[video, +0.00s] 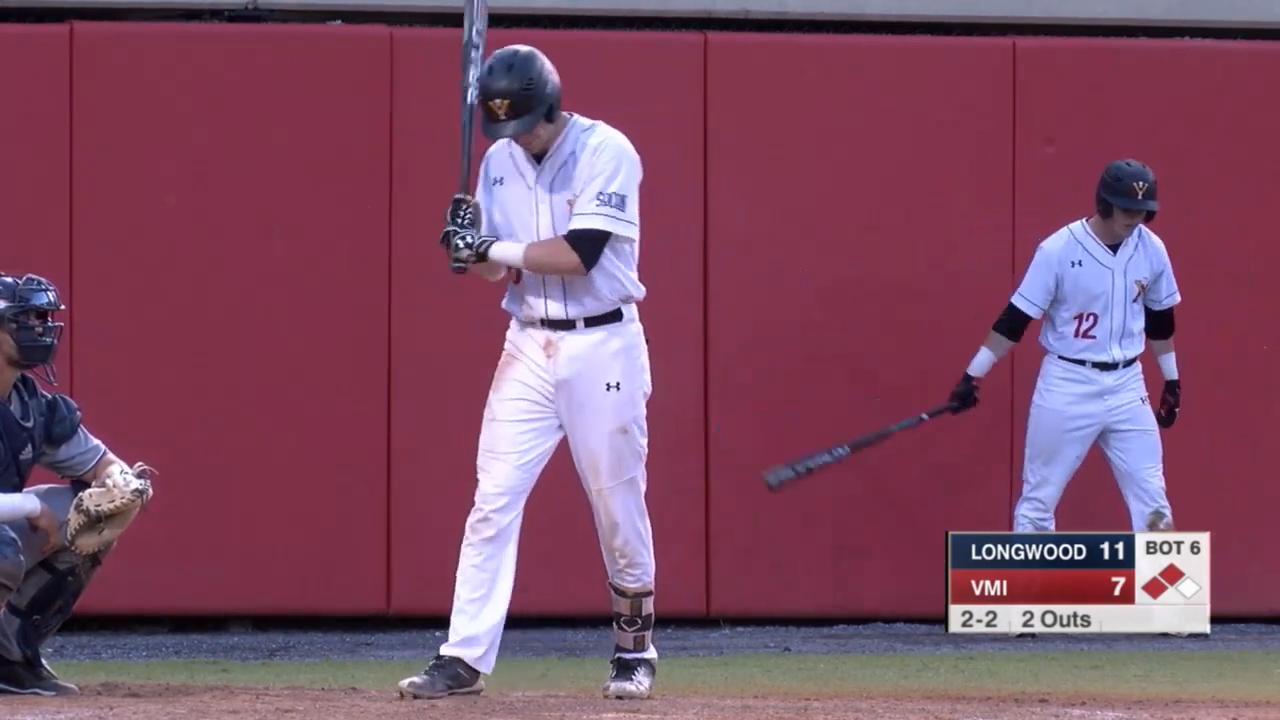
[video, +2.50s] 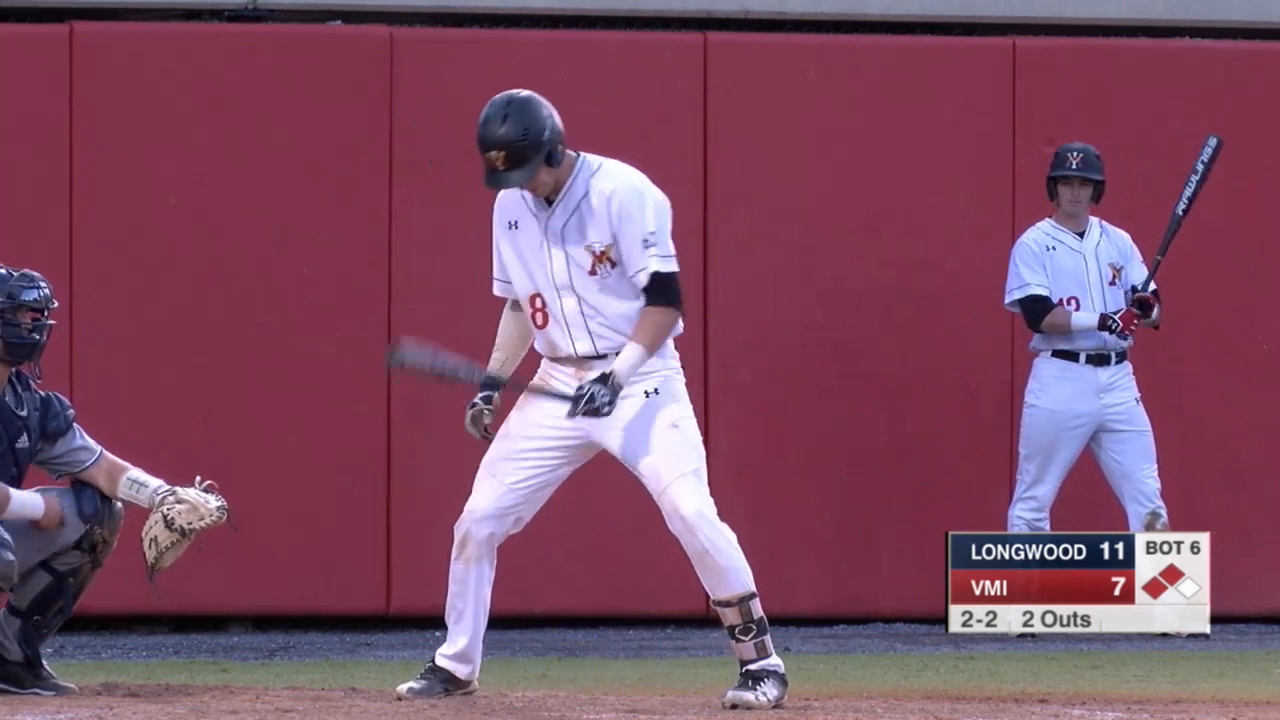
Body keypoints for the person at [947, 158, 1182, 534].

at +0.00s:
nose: (1136, 220)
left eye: (1143, 213)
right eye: (1129, 211)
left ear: (1149, 209)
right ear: (1105, 204)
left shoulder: (1151, 249)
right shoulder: (1058, 250)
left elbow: (1161, 321)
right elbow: (1016, 319)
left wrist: (1171, 381)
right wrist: (972, 375)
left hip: (1128, 388)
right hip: (1066, 386)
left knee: (1153, 503)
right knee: (1038, 503)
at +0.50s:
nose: (1122, 195)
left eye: (1127, 186)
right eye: (1114, 185)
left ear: (1131, 190)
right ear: (1088, 186)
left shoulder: (1133, 244)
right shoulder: (1049, 249)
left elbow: (1148, 314)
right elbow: (1036, 332)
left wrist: (1156, 353)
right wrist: (1097, 358)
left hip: (1123, 391)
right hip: (1063, 391)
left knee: (1152, 510)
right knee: (1034, 507)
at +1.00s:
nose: (1102, 199)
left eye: (1108, 191)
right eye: (1094, 190)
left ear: (1113, 193)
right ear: (1069, 188)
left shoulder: (1118, 245)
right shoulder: (1038, 248)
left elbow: (1140, 314)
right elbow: (1035, 330)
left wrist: (1152, 322)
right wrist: (1086, 334)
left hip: (1119, 385)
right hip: (1061, 386)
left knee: (1150, 505)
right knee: (1034, 505)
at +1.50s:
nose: (1097, 191)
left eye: (1103, 183)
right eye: (1088, 182)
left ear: (1108, 188)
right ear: (1064, 185)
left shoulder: (1119, 244)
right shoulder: (1037, 248)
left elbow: (1138, 308)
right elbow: (1045, 328)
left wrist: (1143, 316)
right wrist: (1110, 330)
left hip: (1120, 384)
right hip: (1062, 384)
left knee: (1150, 505)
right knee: (1034, 505)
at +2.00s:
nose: (1080, 191)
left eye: (1089, 183)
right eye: (1072, 182)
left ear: (1100, 189)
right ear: (1057, 186)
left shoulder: (1118, 244)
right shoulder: (1035, 246)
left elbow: (1142, 304)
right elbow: (1041, 326)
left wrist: (1142, 319)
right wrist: (1104, 331)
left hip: (1118, 384)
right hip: (1060, 383)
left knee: (1148, 504)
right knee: (1033, 504)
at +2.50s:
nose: (1075, 192)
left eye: (1083, 184)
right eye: (1067, 183)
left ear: (1096, 189)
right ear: (1053, 187)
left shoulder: (1119, 241)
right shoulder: (1032, 243)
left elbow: (1152, 312)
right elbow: (1040, 317)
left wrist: (1146, 309)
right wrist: (1101, 320)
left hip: (1118, 383)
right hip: (1058, 381)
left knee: (1148, 504)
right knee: (1033, 502)